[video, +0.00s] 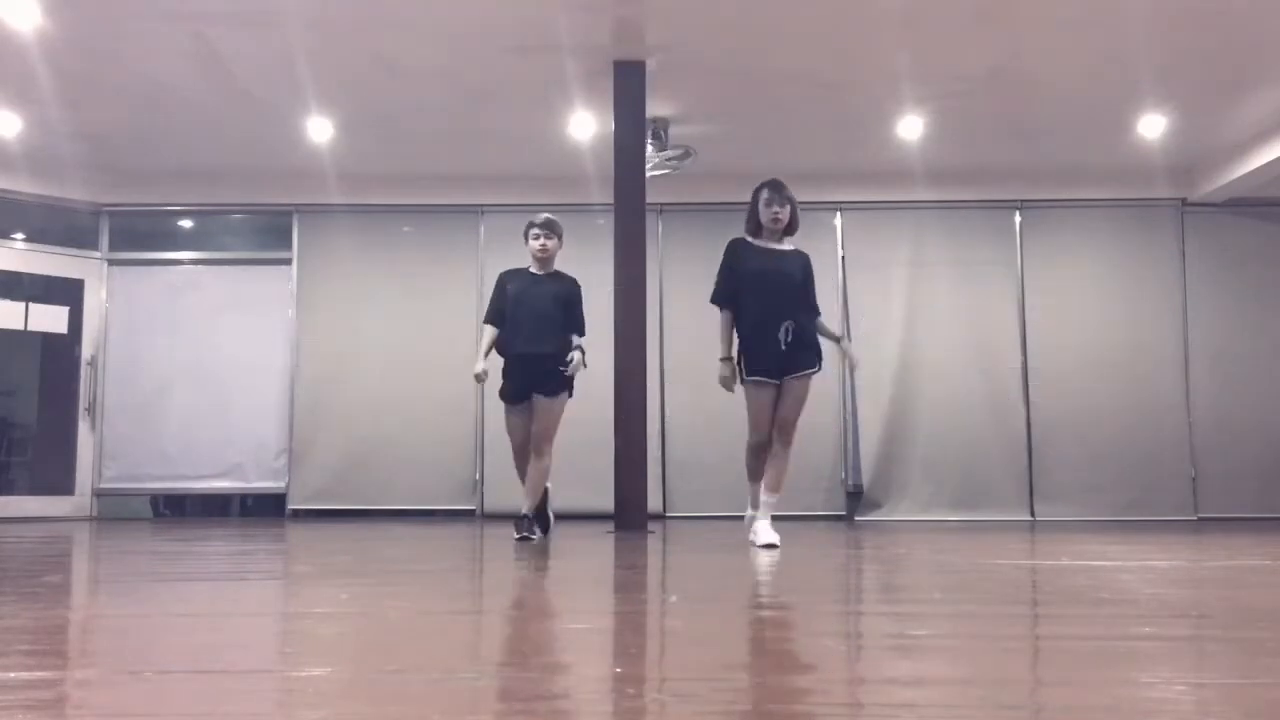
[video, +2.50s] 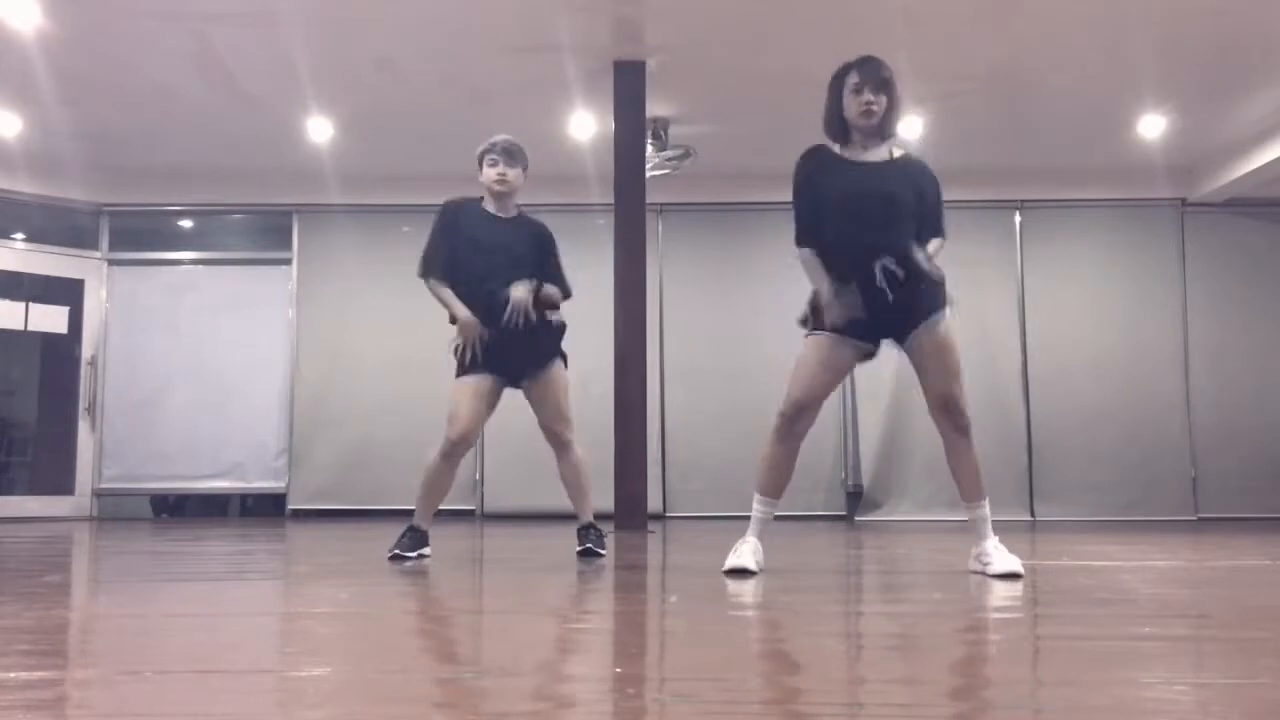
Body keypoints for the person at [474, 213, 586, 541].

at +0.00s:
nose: (542, 242)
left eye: (548, 237)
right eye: (536, 237)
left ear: (559, 243)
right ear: (526, 243)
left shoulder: (568, 285)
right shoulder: (508, 279)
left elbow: (576, 332)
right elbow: (493, 323)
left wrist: (578, 352)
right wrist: (481, 357)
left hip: (553, 370)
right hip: (515, 370)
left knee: (541, 447)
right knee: (520, 449)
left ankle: (527, 516)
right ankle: (540, 503)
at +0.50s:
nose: (539, 234)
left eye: (546, 228)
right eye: (532, 228)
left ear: (557, 234)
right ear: (522, 235)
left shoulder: (574, 274)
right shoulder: (509, 278)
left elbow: (585, 313)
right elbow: (491, 331)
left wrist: (573, 318)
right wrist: (478, 377)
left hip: (563, 373)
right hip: (521, 371)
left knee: (542, 447)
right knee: (542, 435)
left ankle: (524, 516)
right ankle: (554, 519)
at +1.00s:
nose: (551, 210)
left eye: (559, 204)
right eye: (543, 205)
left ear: (571, 211)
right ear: (533, 212)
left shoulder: (585, 260)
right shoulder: (514, 249)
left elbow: (599, 312)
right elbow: (496, 303)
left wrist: (611, 328)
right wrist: (511, 353)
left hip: (573, 356)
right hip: (527, 358)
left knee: (560, 431)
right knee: (527, 455)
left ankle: (567, 524)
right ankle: (559, 496)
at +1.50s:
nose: (533, 185)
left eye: (539, 176)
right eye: (524, 181)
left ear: (554, 181)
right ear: (514, 190)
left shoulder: (579, 234)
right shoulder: (501, 230)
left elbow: (589, 295)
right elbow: (488, 278)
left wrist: (590, 338)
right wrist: (529, 238)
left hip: (565, 341)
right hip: (514, 341)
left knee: (558, 423)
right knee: (524, 446)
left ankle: (552, 525)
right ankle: (524, 524)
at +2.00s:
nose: (528, 146)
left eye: (537, 140)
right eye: (520, 139)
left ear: (549, 152)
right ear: (506, 147)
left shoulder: (562, 209)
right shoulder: (481, 196)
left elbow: (576, 266)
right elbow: (458, 252)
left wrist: (561, 291)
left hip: (543, 320)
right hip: (491, 318)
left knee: (556, 420)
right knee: (458, 414)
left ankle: (582, 519)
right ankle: (423, 507)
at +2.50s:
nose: (500, 169)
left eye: (510, 163)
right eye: (492, 162)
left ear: (524, 175)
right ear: (480, 173)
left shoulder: (537, 232)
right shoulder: (456, 214)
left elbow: (558, 292)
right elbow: (432, 274)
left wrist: (531, 287)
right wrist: (461, 313)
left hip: (535, 343)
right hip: (482, 343)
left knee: (562, 435)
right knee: (456, 440)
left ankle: (588, 527)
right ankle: (418, 530)